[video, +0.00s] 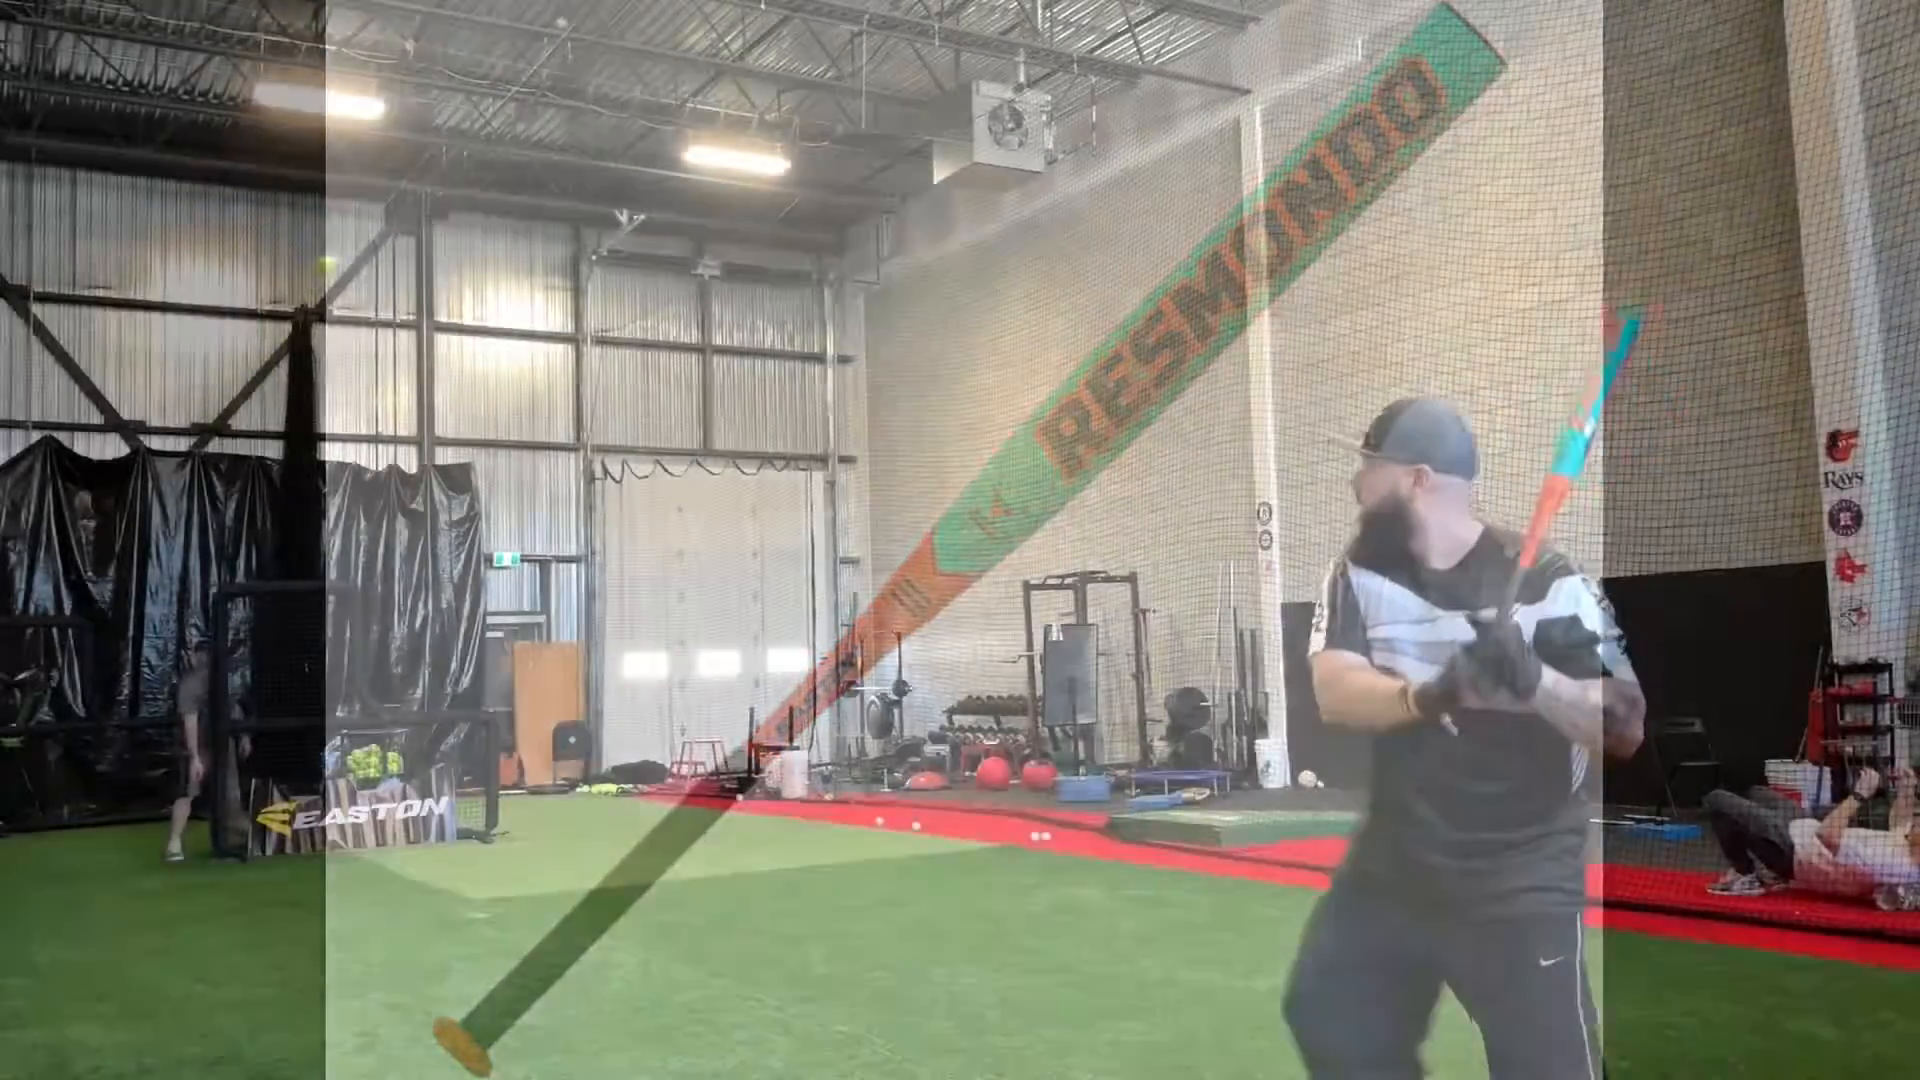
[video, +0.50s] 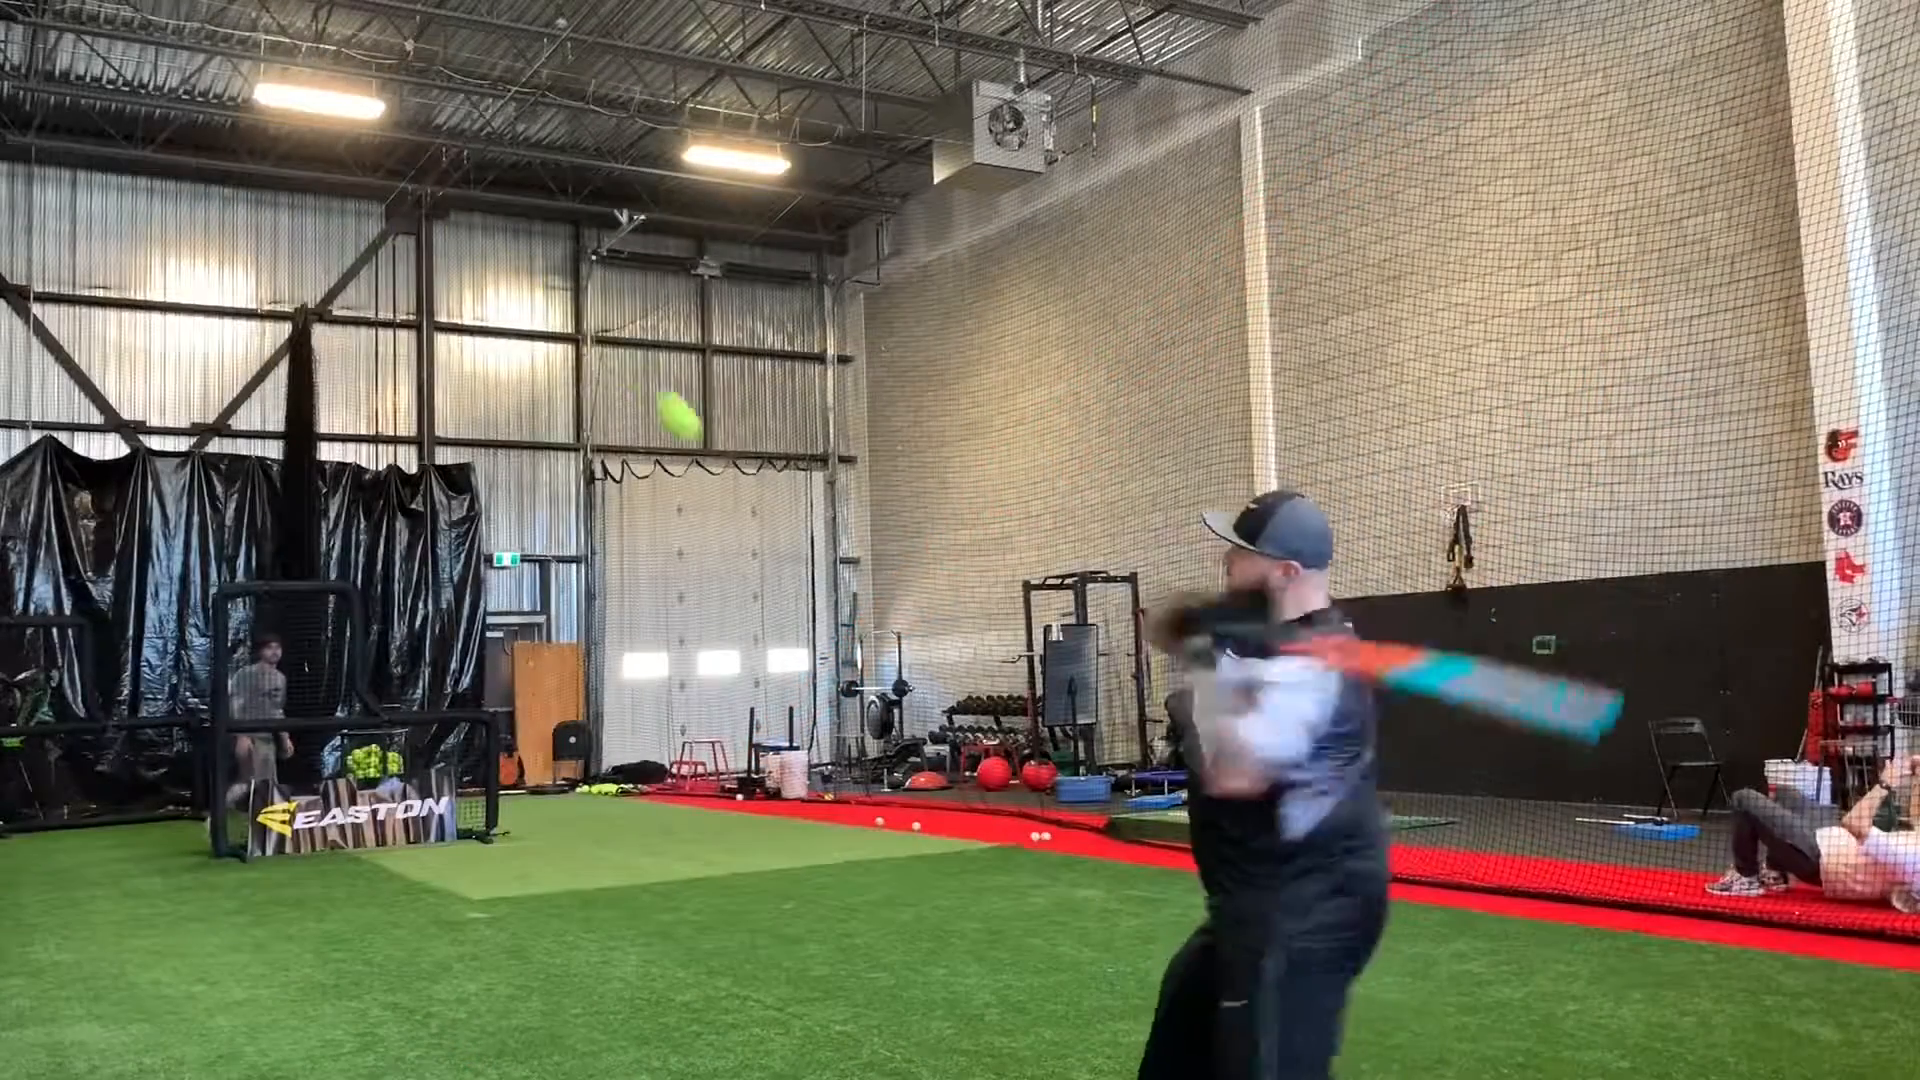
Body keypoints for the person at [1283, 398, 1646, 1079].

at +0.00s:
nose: (1355, 480)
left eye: (1369, 462)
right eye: (1361, 463)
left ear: (1417, 474)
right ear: (1417, 476)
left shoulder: (1549, 580)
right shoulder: (1363, 575)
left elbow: (1624, 727)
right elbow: (1334, 695)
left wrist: (1534, 684)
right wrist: (1437, 691)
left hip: (1519, 882)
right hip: (1394, 870)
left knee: (1550, 1065)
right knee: (1330, 1019)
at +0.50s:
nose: (1228, 559)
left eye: (1241, 550)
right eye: (1233, 548)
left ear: (1286, 570)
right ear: (1285, 570)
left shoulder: (1311, 661)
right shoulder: (1264, 633)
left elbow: (1233, 771)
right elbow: (1160, 630)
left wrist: (1202, 678)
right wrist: (1206, 620)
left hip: (1312, 896)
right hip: (1274, 886)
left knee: (1273, 1055)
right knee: (1189, 995)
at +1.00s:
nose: (1240, 517)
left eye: (1239, 506)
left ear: (1245, 512)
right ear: (1317, 495)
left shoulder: (1238, 593)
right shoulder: (1356, 541)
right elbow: (1383, 605)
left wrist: (1381, 508)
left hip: (1276, 850)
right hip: (1380, 846)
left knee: (1288, 1044)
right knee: (1323, 1038)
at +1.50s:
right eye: (1394, 464)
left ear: (1317, 477)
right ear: (1392, 468)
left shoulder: (1316, 557)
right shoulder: (1405, 549)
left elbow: (1470, 546)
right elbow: (1413, 670)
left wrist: (1545, 494)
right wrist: (1478, 788)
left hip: (1339, 828)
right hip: (1434, 828)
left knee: (1353, 1021)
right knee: (1473, 1020)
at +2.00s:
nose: (1355, 494)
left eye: (1354, 483)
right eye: (1356, 482)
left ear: (1366, 490)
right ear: (1437, 483)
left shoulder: (1330, 591)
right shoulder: (1509, 558)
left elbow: (1337, 718)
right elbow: (1618, 660)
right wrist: (1725, 737)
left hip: (1388, 854)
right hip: (1508, 850)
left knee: (1375, 1028)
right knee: (1493, 1035)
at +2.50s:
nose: (1331, 529)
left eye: (1334, 510)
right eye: (1325, 514)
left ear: (1378, 489)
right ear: (1389, 489)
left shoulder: (1414, 570)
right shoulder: (1494, 548)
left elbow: (1399, 698)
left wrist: (1316, 800)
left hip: (1468, 852)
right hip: (1529, 839)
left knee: (1467, 1051)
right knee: (1499, 1040)